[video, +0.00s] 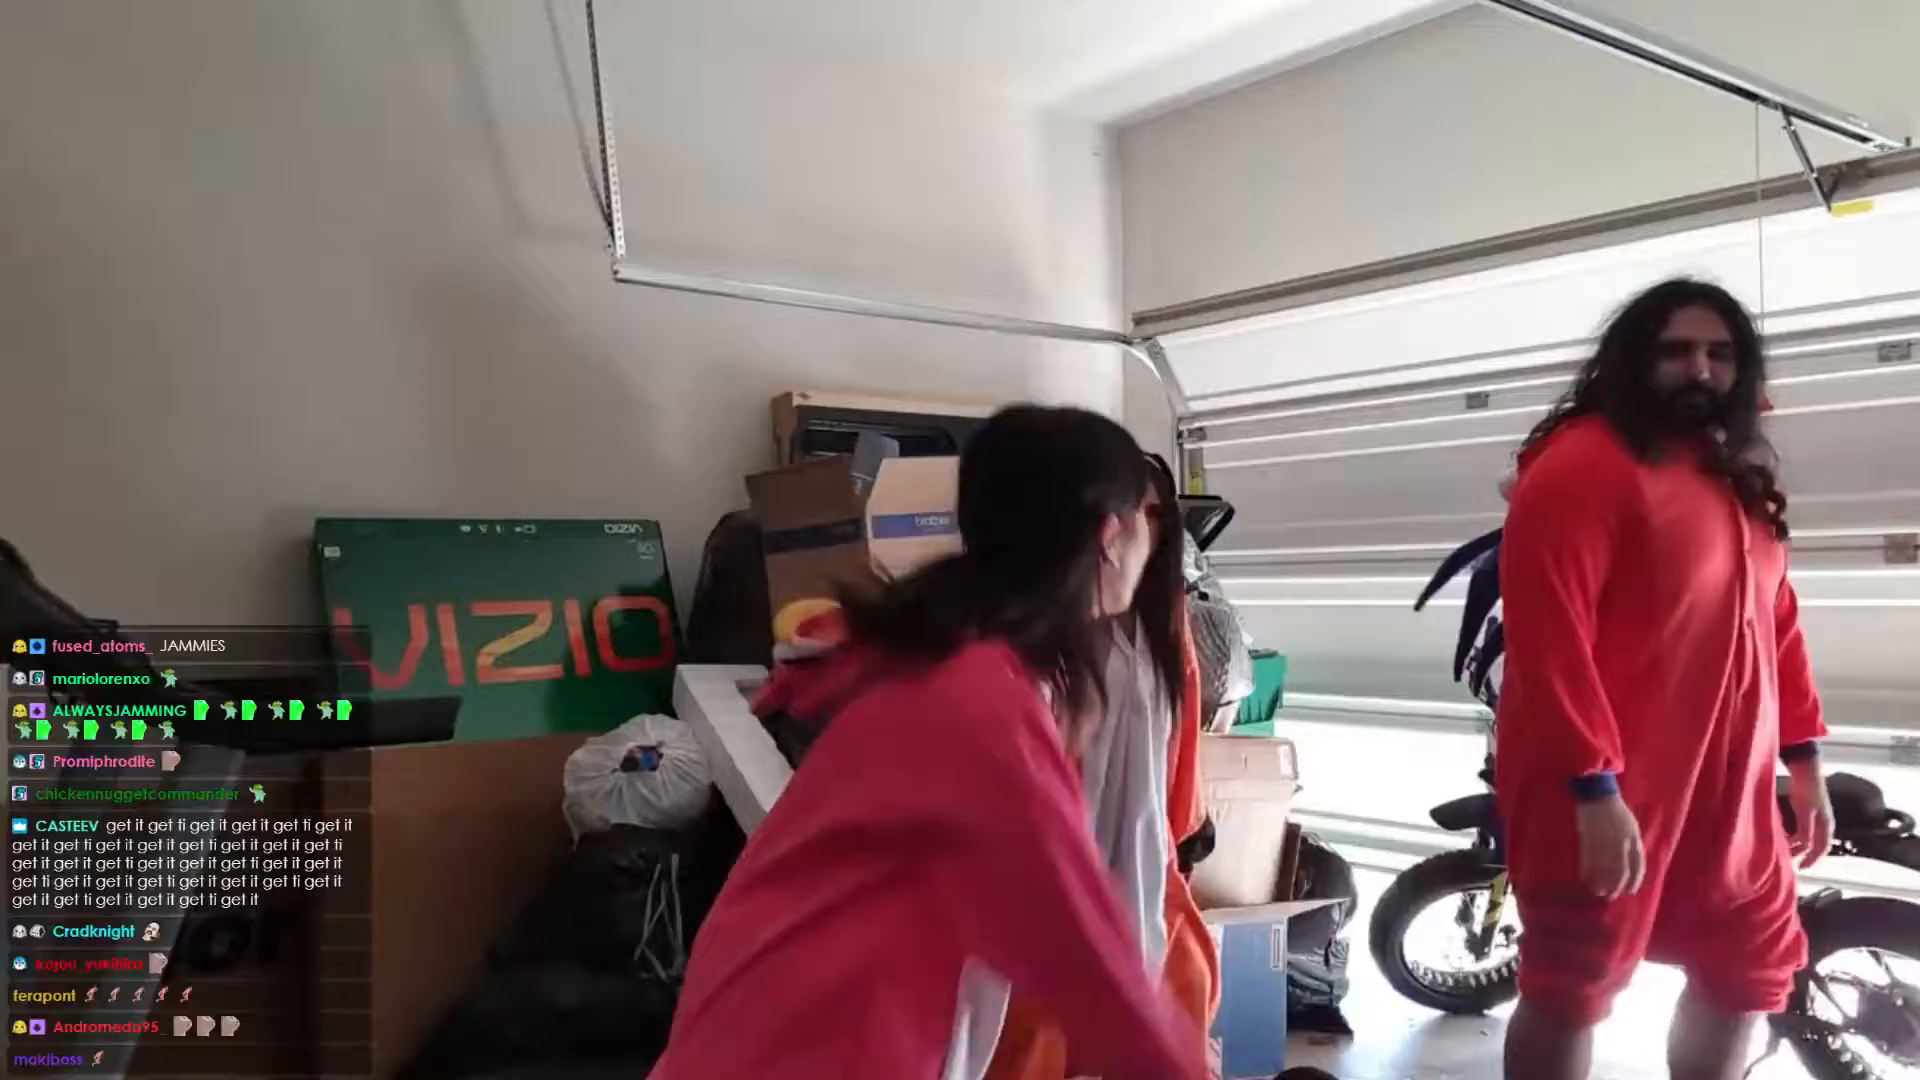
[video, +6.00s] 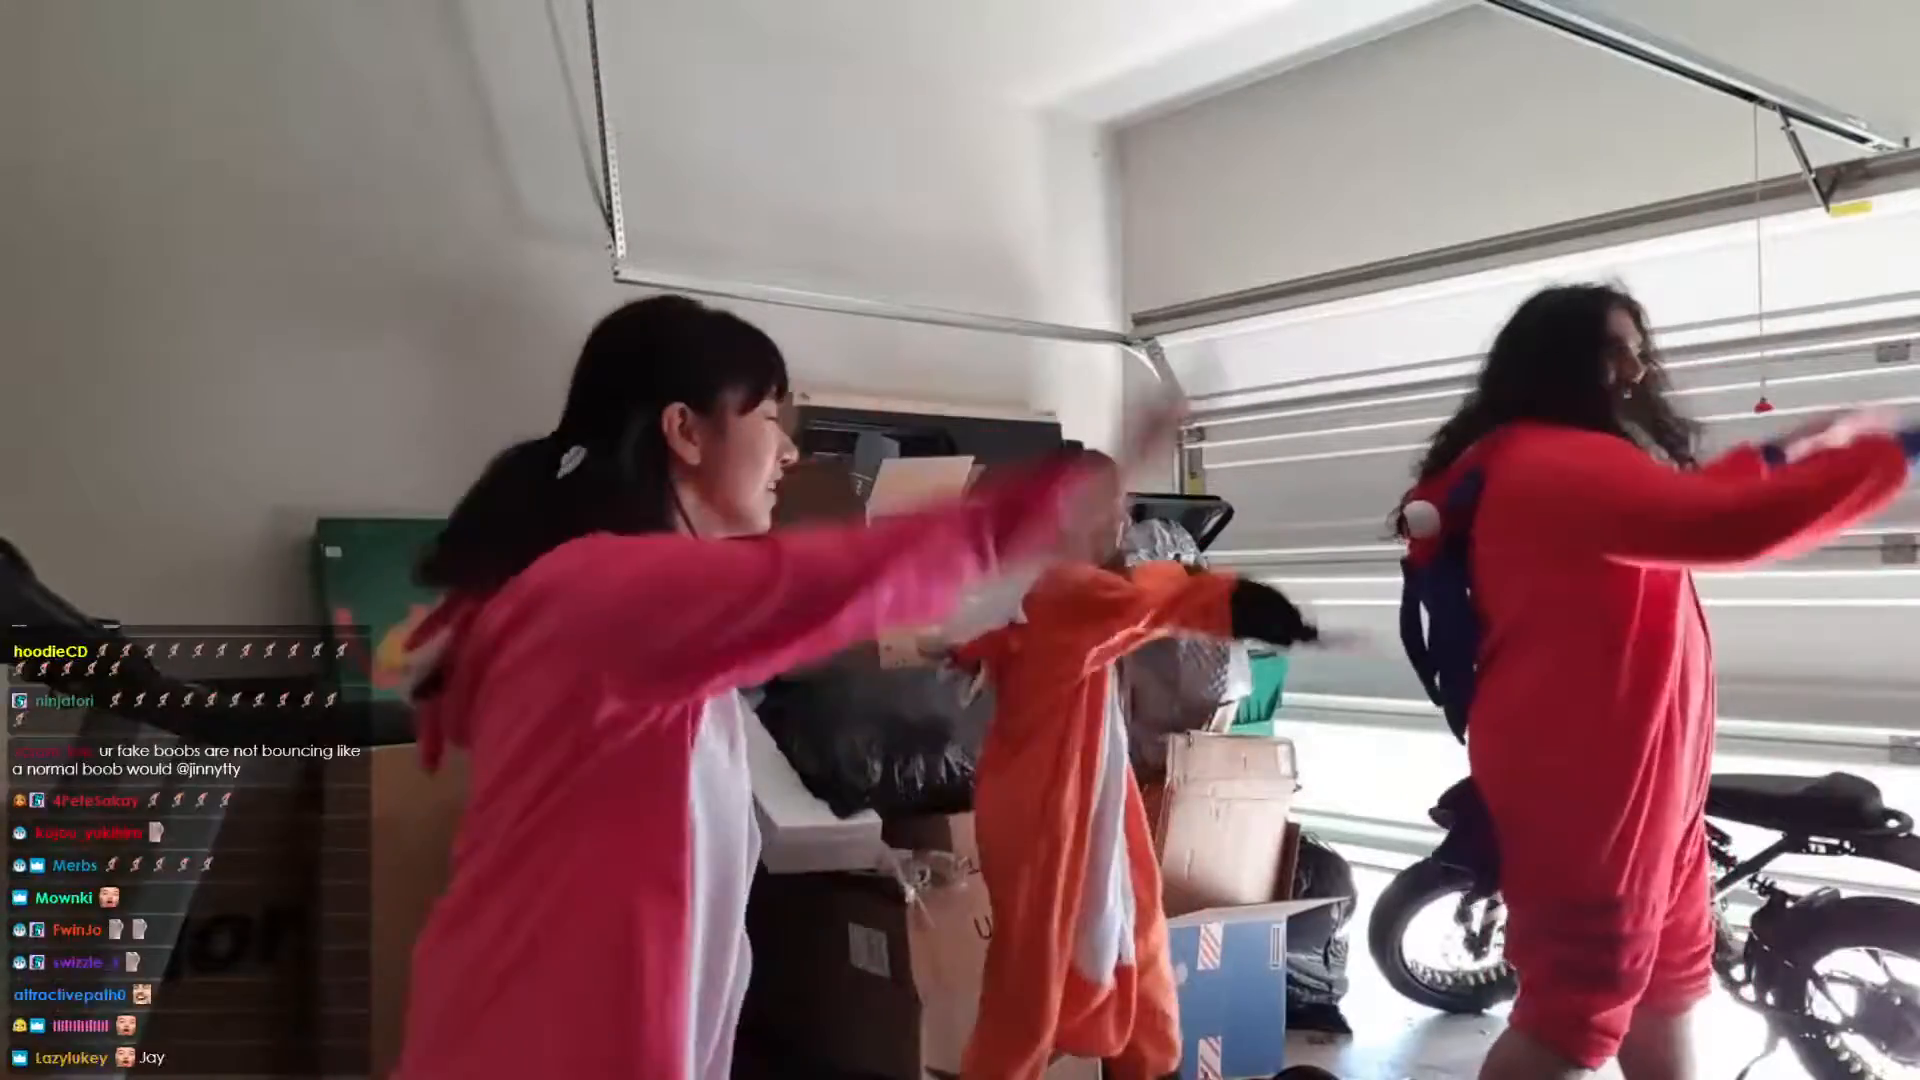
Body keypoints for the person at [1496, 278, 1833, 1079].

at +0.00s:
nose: (1699, 370)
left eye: (1719, 353)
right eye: (1676, 351)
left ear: (1743, 371)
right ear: (1634, 362)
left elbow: (1777, 624)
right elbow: (1545, 633)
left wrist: (1804, 756)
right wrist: (1593, 789)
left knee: (1742, 978)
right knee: (1567, 1000)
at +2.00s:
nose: (1651, 364)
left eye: (1662, 348)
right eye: (1627, 346)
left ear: (1678, 362)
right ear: (1577, 359)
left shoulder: (1635, 469)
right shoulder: (1562, 469)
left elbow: (1717, 573)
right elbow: (1695, 603)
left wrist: (1834, 632)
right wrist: (1864, 691)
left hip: (1664, 791)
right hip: (1584, 798)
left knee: (1657, 998)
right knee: (1562, 1016)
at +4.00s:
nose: (1626, 392)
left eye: (1638, 373)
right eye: (1596, 375)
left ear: (1657, 381)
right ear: (1549, 393)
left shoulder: (1631, 476)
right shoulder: (1555, 485)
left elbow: (1698, 441)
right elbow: (1744, 442)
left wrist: (1733, 324)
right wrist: (1833, 281)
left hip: (1674, 788)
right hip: (1591, 806)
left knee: (1715, 991)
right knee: (1607, 1029)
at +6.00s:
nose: (1634, 374)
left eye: (1639, 356)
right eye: (1613, 356)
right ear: (1558, 363)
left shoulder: (1589, 458)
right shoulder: (1537, 464)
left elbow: (1682, 493)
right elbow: (1721, 521)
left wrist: (1788, 450)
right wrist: (1893, 452)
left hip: (1652, 777)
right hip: (1580, 790)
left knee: (1665, 989)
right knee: (1572, 1016)